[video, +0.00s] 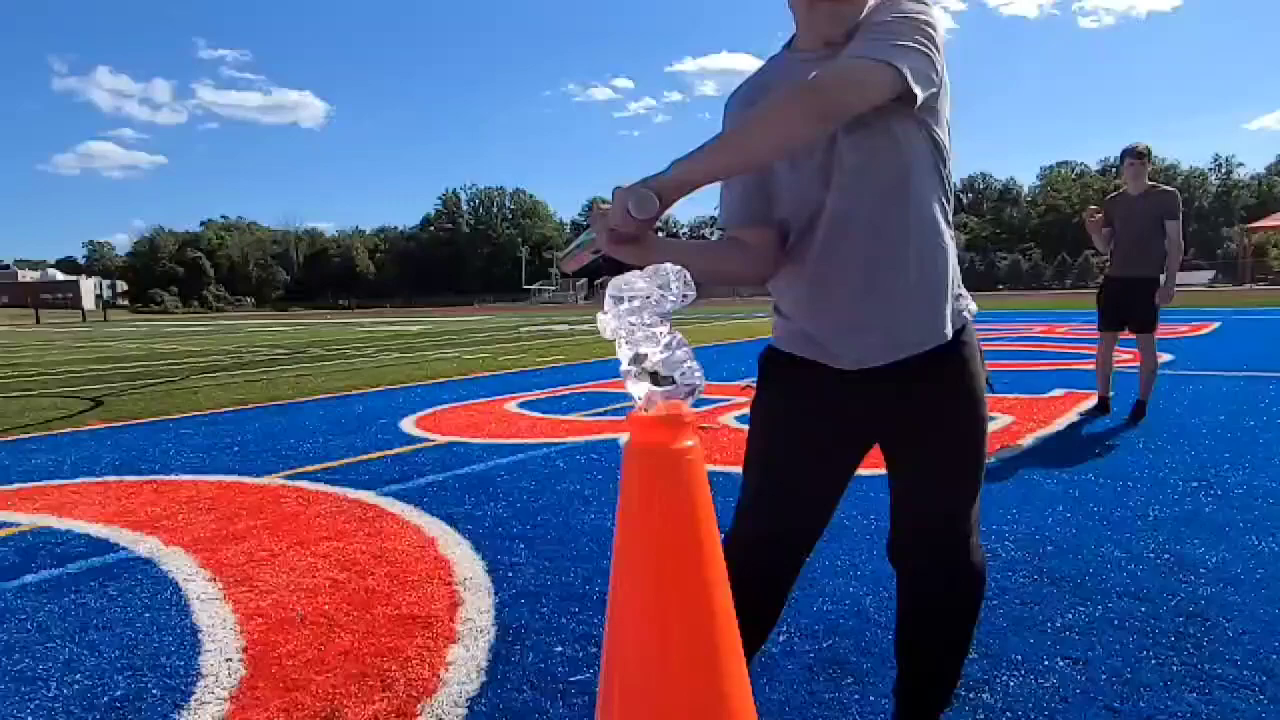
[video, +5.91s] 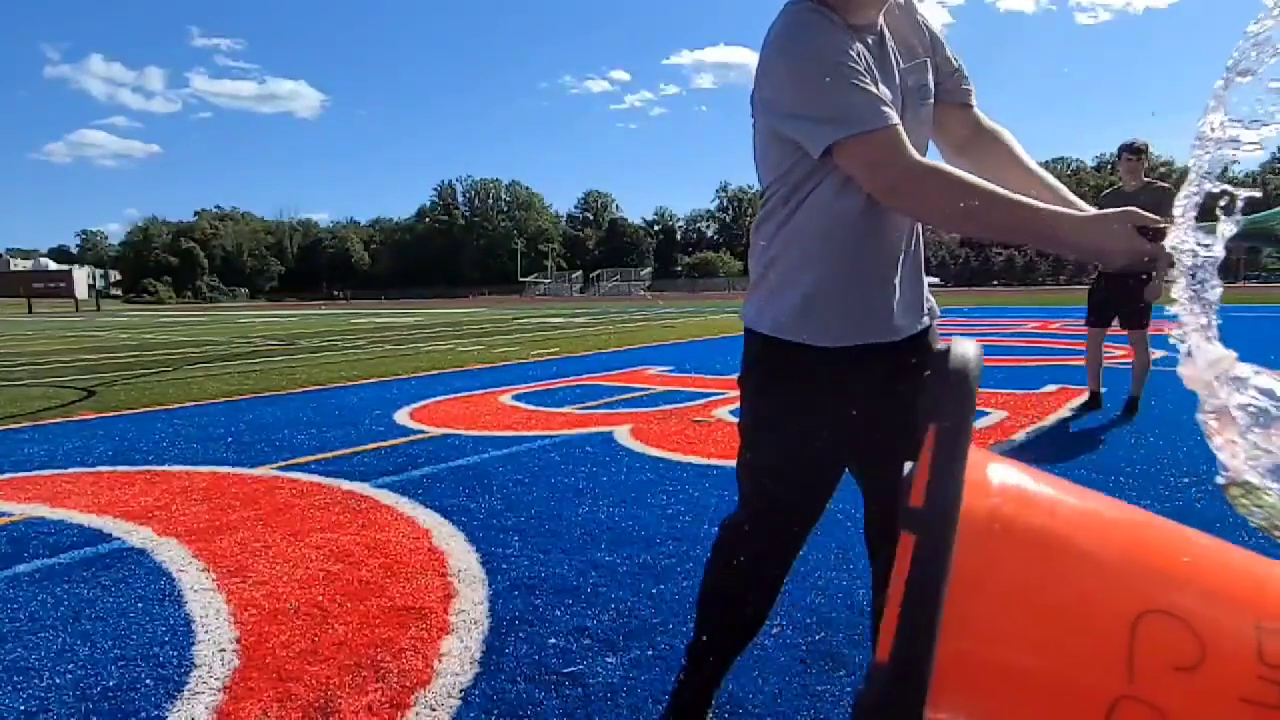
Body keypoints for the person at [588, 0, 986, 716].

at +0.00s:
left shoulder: (907, 24)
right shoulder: (752, 101)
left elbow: (831, 98)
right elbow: (756, 254)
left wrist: (666, 184)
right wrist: (653, 251)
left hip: (931, 357)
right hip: (810, 365)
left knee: (941, 563)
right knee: (756, 561)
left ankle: (920, 709)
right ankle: (689, 700)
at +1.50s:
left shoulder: (910, 21)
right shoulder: (766, 87)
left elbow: (895, 113)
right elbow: (792, 251)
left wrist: (785, 210)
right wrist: (710, 271)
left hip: (927, 355)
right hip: (811, 364)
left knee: (941, 565)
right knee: (759, 565)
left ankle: (918, 707)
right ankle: (687, 696)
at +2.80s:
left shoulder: (920, 23)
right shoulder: (779, 69)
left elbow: (939, 125)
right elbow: (805, 202)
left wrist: (903, 199)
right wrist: (835, 253)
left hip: (919, 353)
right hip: (810, 359)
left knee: (930, 556)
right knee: (767, 546)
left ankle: (910, 710)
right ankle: (685, 691)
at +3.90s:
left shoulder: (916, 20)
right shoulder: (786, 57)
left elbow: (952, 125)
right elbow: (830, 208)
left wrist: (995, 204)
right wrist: (961, 257)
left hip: (910, 330)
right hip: (810, 339)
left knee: (921, 541)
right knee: (774, 529)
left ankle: (922, 694)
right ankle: (697, 702)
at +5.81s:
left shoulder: (910, 23)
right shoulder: (803, 40)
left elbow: (970, 133)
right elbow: (895, 181)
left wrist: (1086, 218)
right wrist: (1075, 238)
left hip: (905, 340)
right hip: (803, 348)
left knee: (912, 549)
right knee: (766, 536)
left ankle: (904, 699)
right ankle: (694, 694)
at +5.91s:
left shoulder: (908, 21)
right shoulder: (805, 40)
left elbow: (965, 129)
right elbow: (900, 181)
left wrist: (1084, 217)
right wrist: (1075, 236)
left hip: (901, 341)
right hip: (802, 347)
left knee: (910, 545)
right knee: (766, 536)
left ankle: (904, 697)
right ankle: (693, 696)